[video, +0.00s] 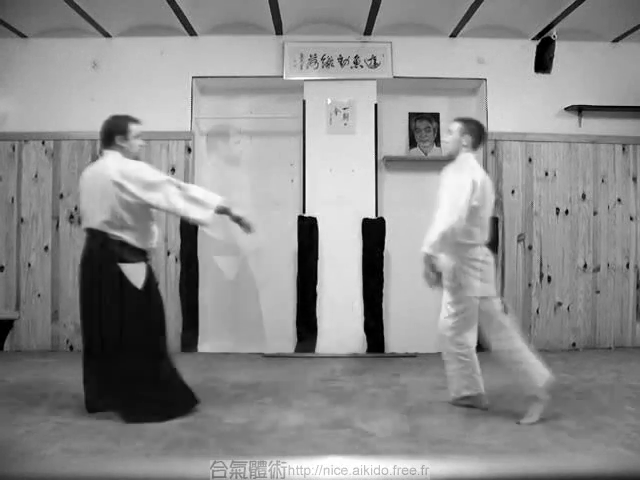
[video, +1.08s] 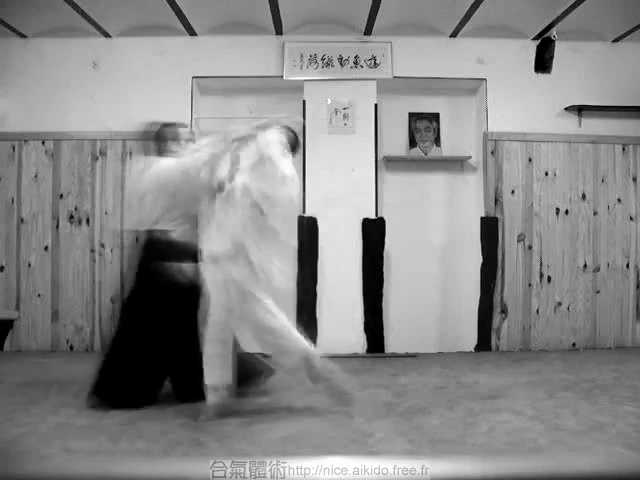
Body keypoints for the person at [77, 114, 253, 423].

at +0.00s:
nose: (142, 144)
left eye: (141, 137)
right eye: (137, 138)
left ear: (111, 141)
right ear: (118, 141)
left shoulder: (90, 171)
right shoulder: (127, 169)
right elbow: (173, 190)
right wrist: (224, 209)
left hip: (94, 255)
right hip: (124, 258)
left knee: (101, 326)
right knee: (143, 325)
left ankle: (100, 396)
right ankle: (157, 396)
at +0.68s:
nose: (138, 143)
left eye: (137, 137)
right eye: (132, 138)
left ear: (113, 143)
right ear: (114, 143)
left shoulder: (104, 170)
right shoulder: (121, 173)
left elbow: (151, 201)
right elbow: (157, 203)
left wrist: (194, 212)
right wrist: (200, 212)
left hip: (109, 253)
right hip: (132, 255)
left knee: (111, 324)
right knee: (149, 323)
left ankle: (110, 393)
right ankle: (150, 392)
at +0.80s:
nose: (146, 143)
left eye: (145, 138)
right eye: (140, 138)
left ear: (123, 143)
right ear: (123, 142)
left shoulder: (120, 169)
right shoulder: (124, 171)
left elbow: (152, 215)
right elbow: (151, 198)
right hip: (134, 255)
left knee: (122, 324)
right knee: (144, 325)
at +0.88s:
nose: (156, 143)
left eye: (156, 138)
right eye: (150, 138)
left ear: (143, 142)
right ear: (132, 143)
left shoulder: (153, 169)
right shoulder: (126, 171)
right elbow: (152, 182)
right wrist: (185, 157)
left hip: (163, 249)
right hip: (138, 250)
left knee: (162, 321)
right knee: (134, 322)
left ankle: (160, 389)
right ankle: (131, 390)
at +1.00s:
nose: (172, 144)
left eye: (172, 139)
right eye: (166, 139)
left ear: (147, 145)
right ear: (147, 144)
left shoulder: (141, 169)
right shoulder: (154, 169)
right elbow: (209, 146)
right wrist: (255, 128)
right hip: (165, 256)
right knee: (175, 325)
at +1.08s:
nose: (186, 147)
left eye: (189, 141)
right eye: (179, 141)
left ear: (192, 144)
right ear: (164, 145)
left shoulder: (193, 171)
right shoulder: (159, 172)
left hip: (191, 253)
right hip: (164, 253)